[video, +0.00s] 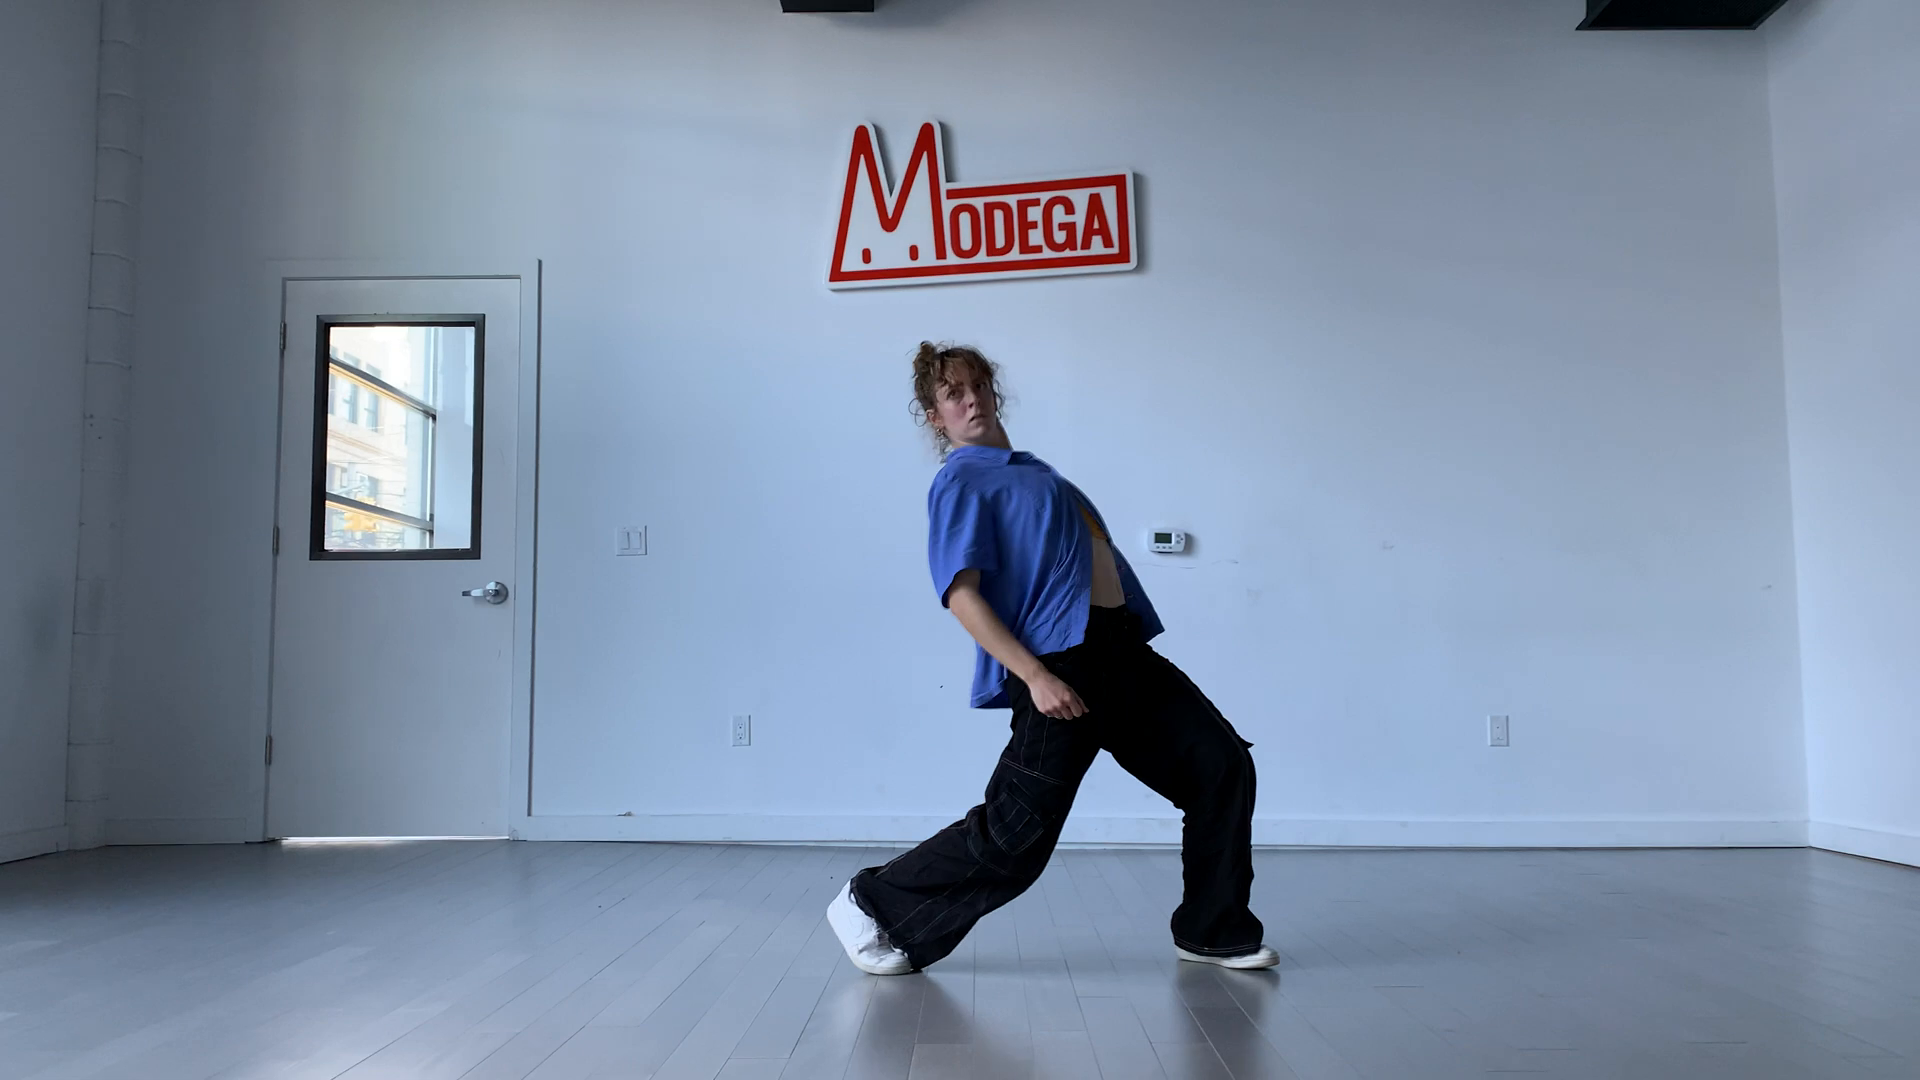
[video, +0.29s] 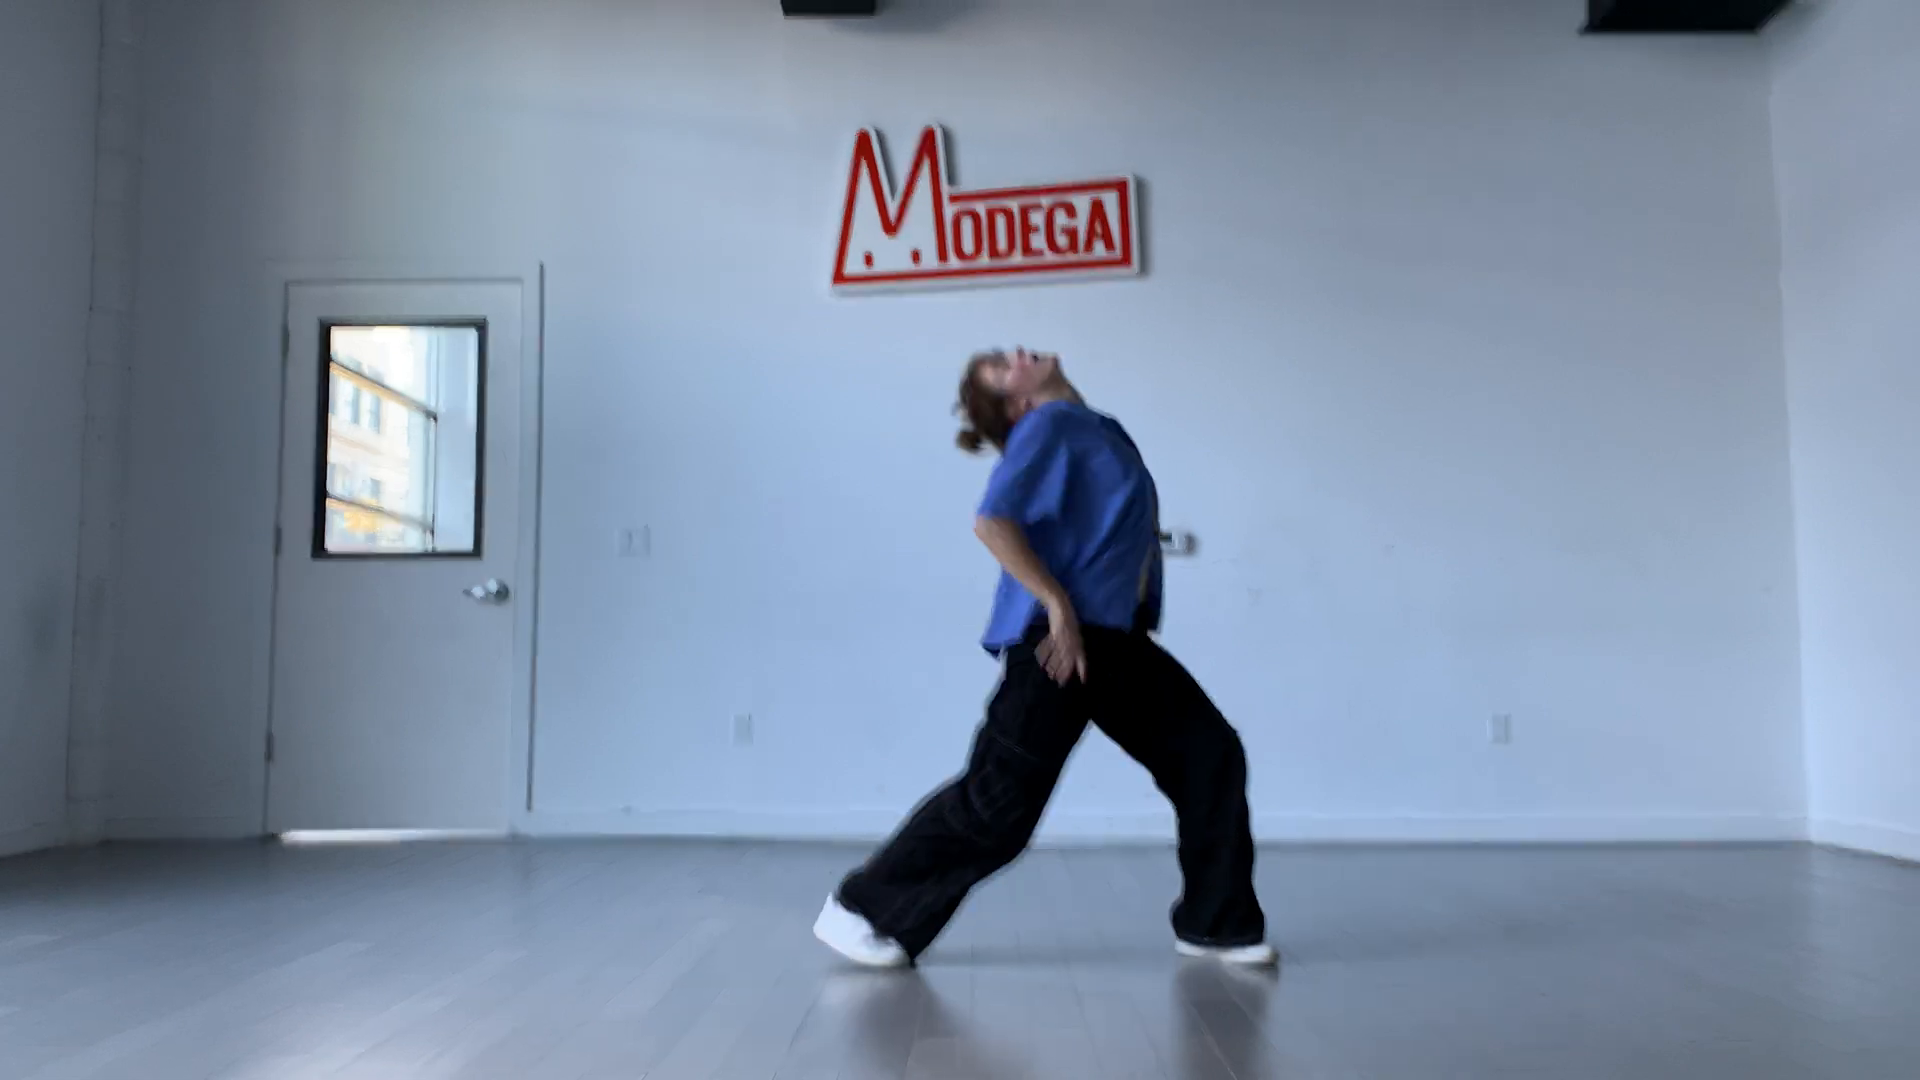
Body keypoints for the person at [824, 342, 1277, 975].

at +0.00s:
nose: (974, 398)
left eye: (980, 386)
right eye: (955, 393)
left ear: (996, 397)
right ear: (934, 417)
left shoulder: (1034, 472)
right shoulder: (959, 477)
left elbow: (1085, 552)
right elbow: (959, 594)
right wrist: (1034, 673)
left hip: (1121, 650)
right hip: (1061, 663)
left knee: (1224, 767)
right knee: (1011, 840)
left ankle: (1213, 928)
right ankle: (872, 904)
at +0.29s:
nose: (1021, 351)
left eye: (1008, 351)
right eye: (1005, 364)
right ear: (1013, 405)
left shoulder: (1103, 432)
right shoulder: (1047, 425)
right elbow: (994, 521)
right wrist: (1058, 606)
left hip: (1119, 646)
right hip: (1057, 645)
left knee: (1212, 759)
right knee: (997, 806)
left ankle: (1217, 923)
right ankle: (861, 910)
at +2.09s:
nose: (1266, 344)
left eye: (1279, 326)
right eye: (1248, 331)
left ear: (1305, 335)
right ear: (1225, 349)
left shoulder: (1351, 421)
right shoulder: (1194, 455)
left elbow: (1364, 535)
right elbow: (1120, 577)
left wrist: (1295, 450)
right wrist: (1132, 550)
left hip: (1345, 657)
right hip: (1236, 660)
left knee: (1403, 840)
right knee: (1197, 820)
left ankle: (1500, 1000)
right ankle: (1123, 971)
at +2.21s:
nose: (1300, 350)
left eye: (1315, 334)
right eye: (1282, 335)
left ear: (1336, 349)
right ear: (1253, 349)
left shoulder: (1350, 428)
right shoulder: (1199, 443)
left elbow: (1342, 385)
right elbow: (1079, 467)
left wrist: (1204, 405)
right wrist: (1010, 527)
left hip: (1339, 674)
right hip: (1231, 674)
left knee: (1416, 848)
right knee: (1243, 838)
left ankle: (1502, 999)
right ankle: (1147, 942)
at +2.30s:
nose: (1276, 351)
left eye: (1290, 335)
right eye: (1257, 336)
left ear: (1311, 347)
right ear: (1227, 349)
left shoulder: (1325, 423)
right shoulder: (1173, 419)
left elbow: (1343, 306)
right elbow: (1069, 370)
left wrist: (1226, 313)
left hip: (1316, 680)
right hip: (1206, 685)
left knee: (1397, 856)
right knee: (1227, 859)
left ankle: (1503, 1002)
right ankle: (1140, 976)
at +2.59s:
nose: (1162, 311)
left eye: (1170, 300)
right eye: (1147, 299)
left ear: (1186, 322)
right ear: (1115, 313)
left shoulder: (1212, 427)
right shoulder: (1099, 402)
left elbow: (1298, 410)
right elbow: (1140, 307)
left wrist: (1272, 330)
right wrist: (1168, 231)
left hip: (1159, 660)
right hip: (1064, 653)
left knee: (1261, 810)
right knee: (1165, 817)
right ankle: (1110, 974)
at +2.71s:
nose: (1081, 302)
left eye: (1094, 285)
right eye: (1061, 292)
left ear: (1116, 298)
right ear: (1040, 314)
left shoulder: (1132, 399)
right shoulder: (1068, 394)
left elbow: (1143, 527)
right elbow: (1147, 523)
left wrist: (1212, 541)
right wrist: (1254, 467)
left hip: (1079, 639)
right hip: (1031, 627)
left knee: (1046, 837)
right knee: (1115, 799)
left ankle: (891, 829)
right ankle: (1116, 980)